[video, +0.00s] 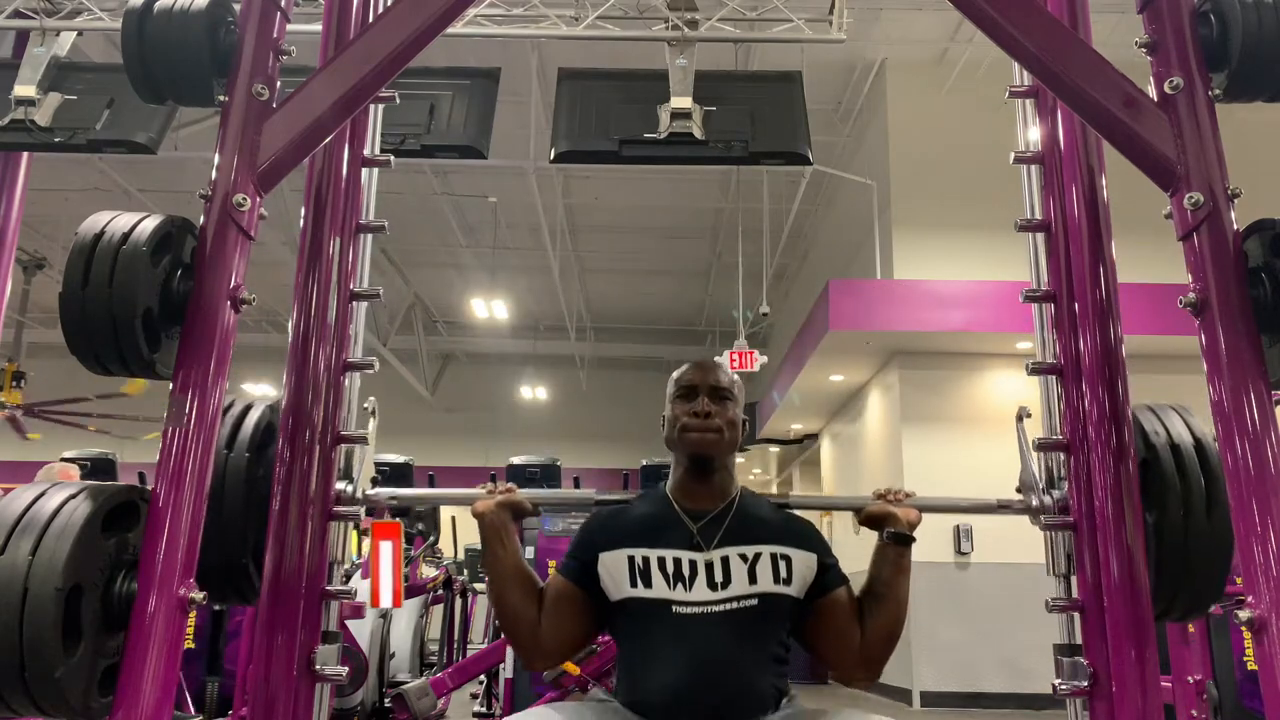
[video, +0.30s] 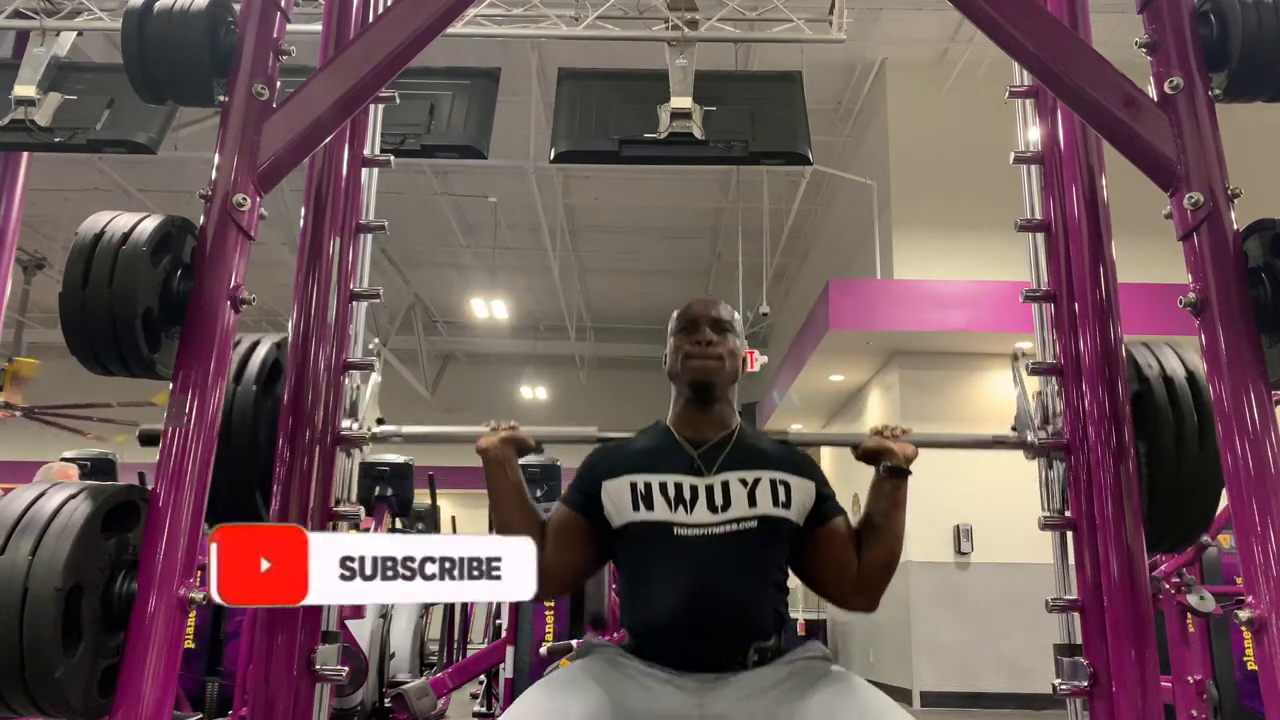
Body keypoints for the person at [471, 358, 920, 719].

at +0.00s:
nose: (703, 407)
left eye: (719, 398)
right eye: (687, 397)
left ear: (742, 426)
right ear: (664, 423)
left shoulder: (792, 536)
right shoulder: (610, 531)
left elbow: (858, 664)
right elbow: (541, 647)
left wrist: (895, 543)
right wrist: (496, 528)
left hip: (762, 713)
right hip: (640, 713)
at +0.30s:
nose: (705, 338)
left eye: (720, 330)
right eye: (688, 330)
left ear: (743, 358)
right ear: (665, 359)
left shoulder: (790, 467)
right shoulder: (612, 465)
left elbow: (859, 590)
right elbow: (546, 576)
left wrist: (893, 476)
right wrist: (500, 467)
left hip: (771, 674)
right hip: (636, 672)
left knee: (887, 715)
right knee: (528, 714)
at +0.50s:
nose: (707, 271)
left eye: (722, 267)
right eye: (693, 265)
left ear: (742, 303)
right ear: (669, 297)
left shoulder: (788, 404)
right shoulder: (616, 402)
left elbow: (858, 520)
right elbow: (547, 507)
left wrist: (888, 414)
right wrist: (502, 400)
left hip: (770, 622)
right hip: (636, 620)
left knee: (881, 713)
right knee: (544, 709)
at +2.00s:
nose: (707, 350)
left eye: (721, 342)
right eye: (692, 343)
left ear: (744, 371)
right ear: (668, 372)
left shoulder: (787, 478)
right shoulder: (613, 476)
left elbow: (858, 601)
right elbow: (544, 578)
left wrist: (894, 487)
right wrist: (499, 478)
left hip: (767, 685)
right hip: (637, 683)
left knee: (885, 717)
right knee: (511, 717)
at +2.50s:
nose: (703, 430)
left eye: (720, 420)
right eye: (687, 419)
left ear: (743, 449)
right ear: (665, 445)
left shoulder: (793, 561)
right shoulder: (610, 557)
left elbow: (862, 685)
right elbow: (540, 672)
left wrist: (899, 566)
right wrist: (497, 564)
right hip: (647, 712)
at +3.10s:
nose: (703, 361)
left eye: (719, 356)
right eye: (687, 355)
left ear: (740, 391)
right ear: (665, 388)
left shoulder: (789, 497)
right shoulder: (611, 493)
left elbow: (859, 617)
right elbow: (543, 608)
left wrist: (893, 504)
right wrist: (501, 499)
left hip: (771, 693)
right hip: (637, 691)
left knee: (889, 718)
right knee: (516, 717)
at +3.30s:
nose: (703, 305)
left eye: (719, 303)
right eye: (688, 303)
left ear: (741, 343)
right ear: (668, 342)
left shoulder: (788, 445)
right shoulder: (614, 440)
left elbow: (857, 563)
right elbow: (544, 543)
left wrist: (890, 453)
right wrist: (500, 438)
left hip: (767, 658)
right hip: (634, 654)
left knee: (887, 715)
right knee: (521, 714)